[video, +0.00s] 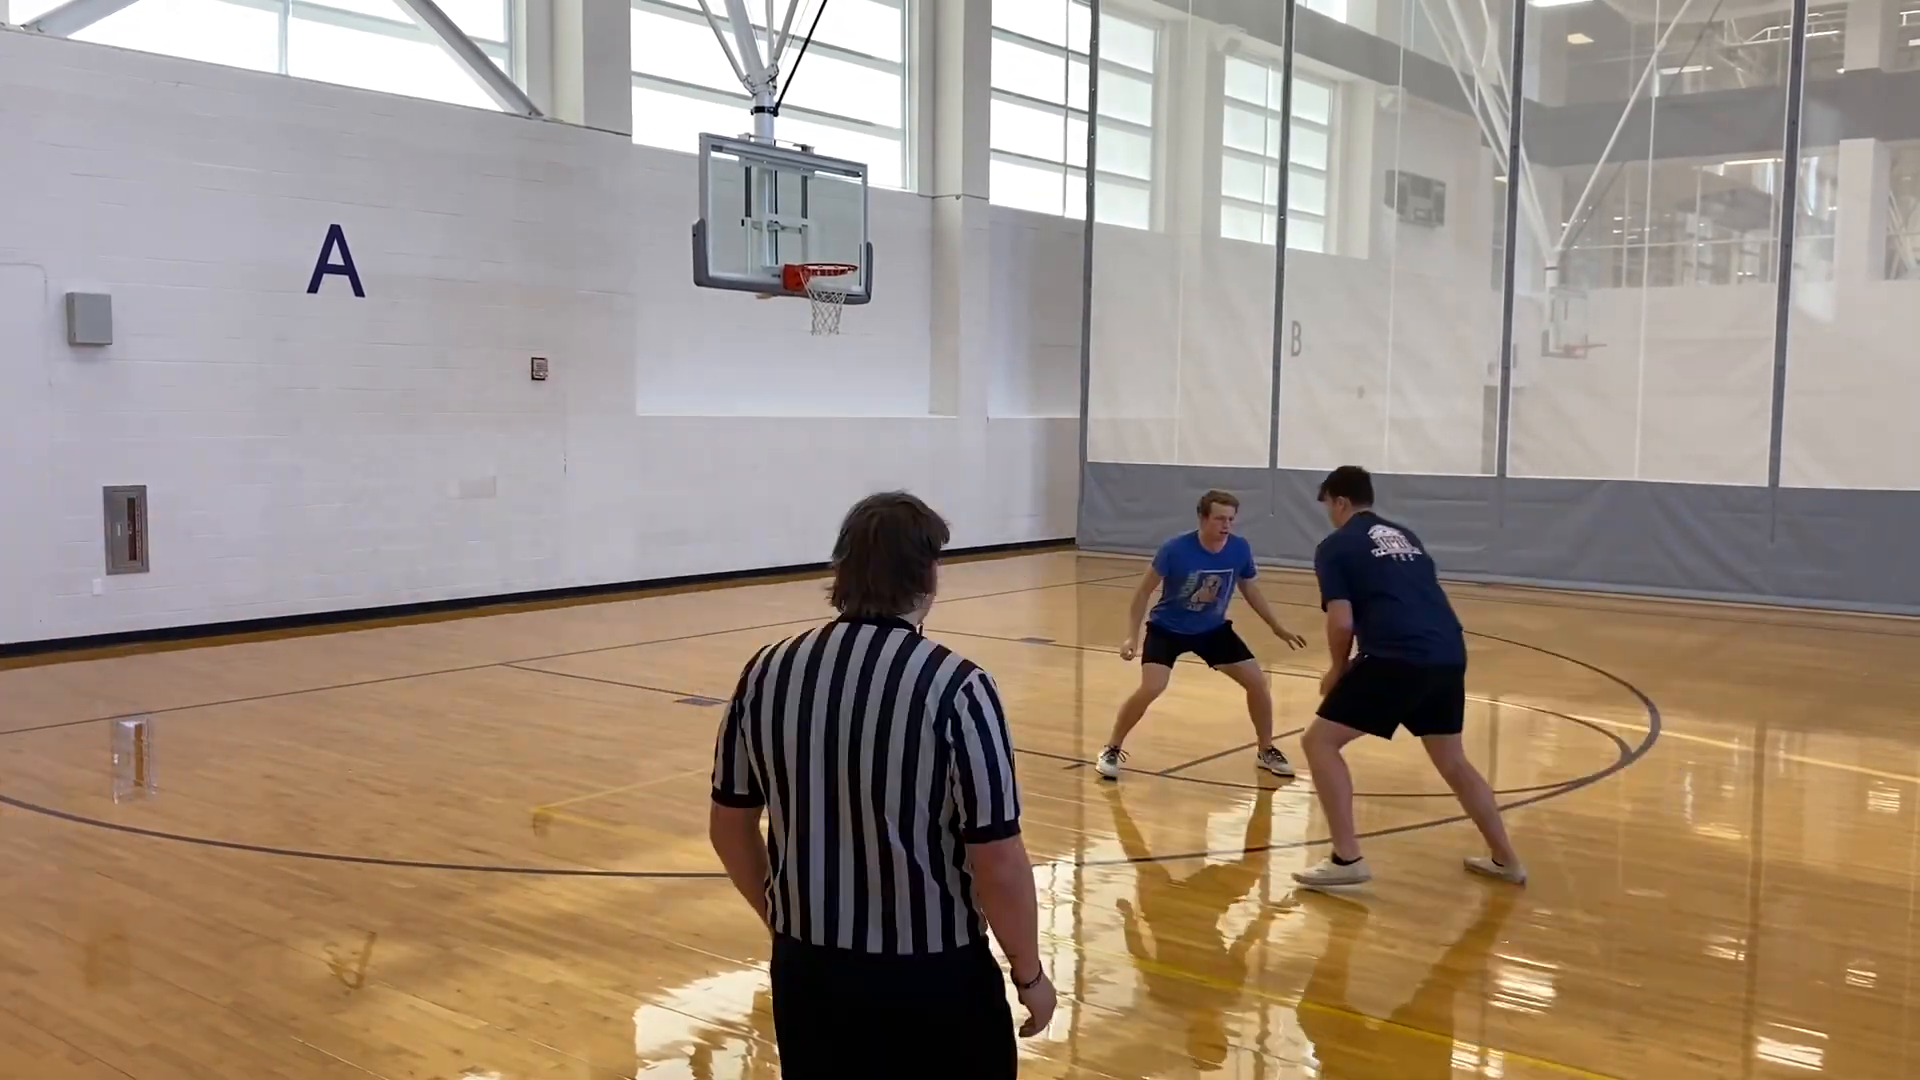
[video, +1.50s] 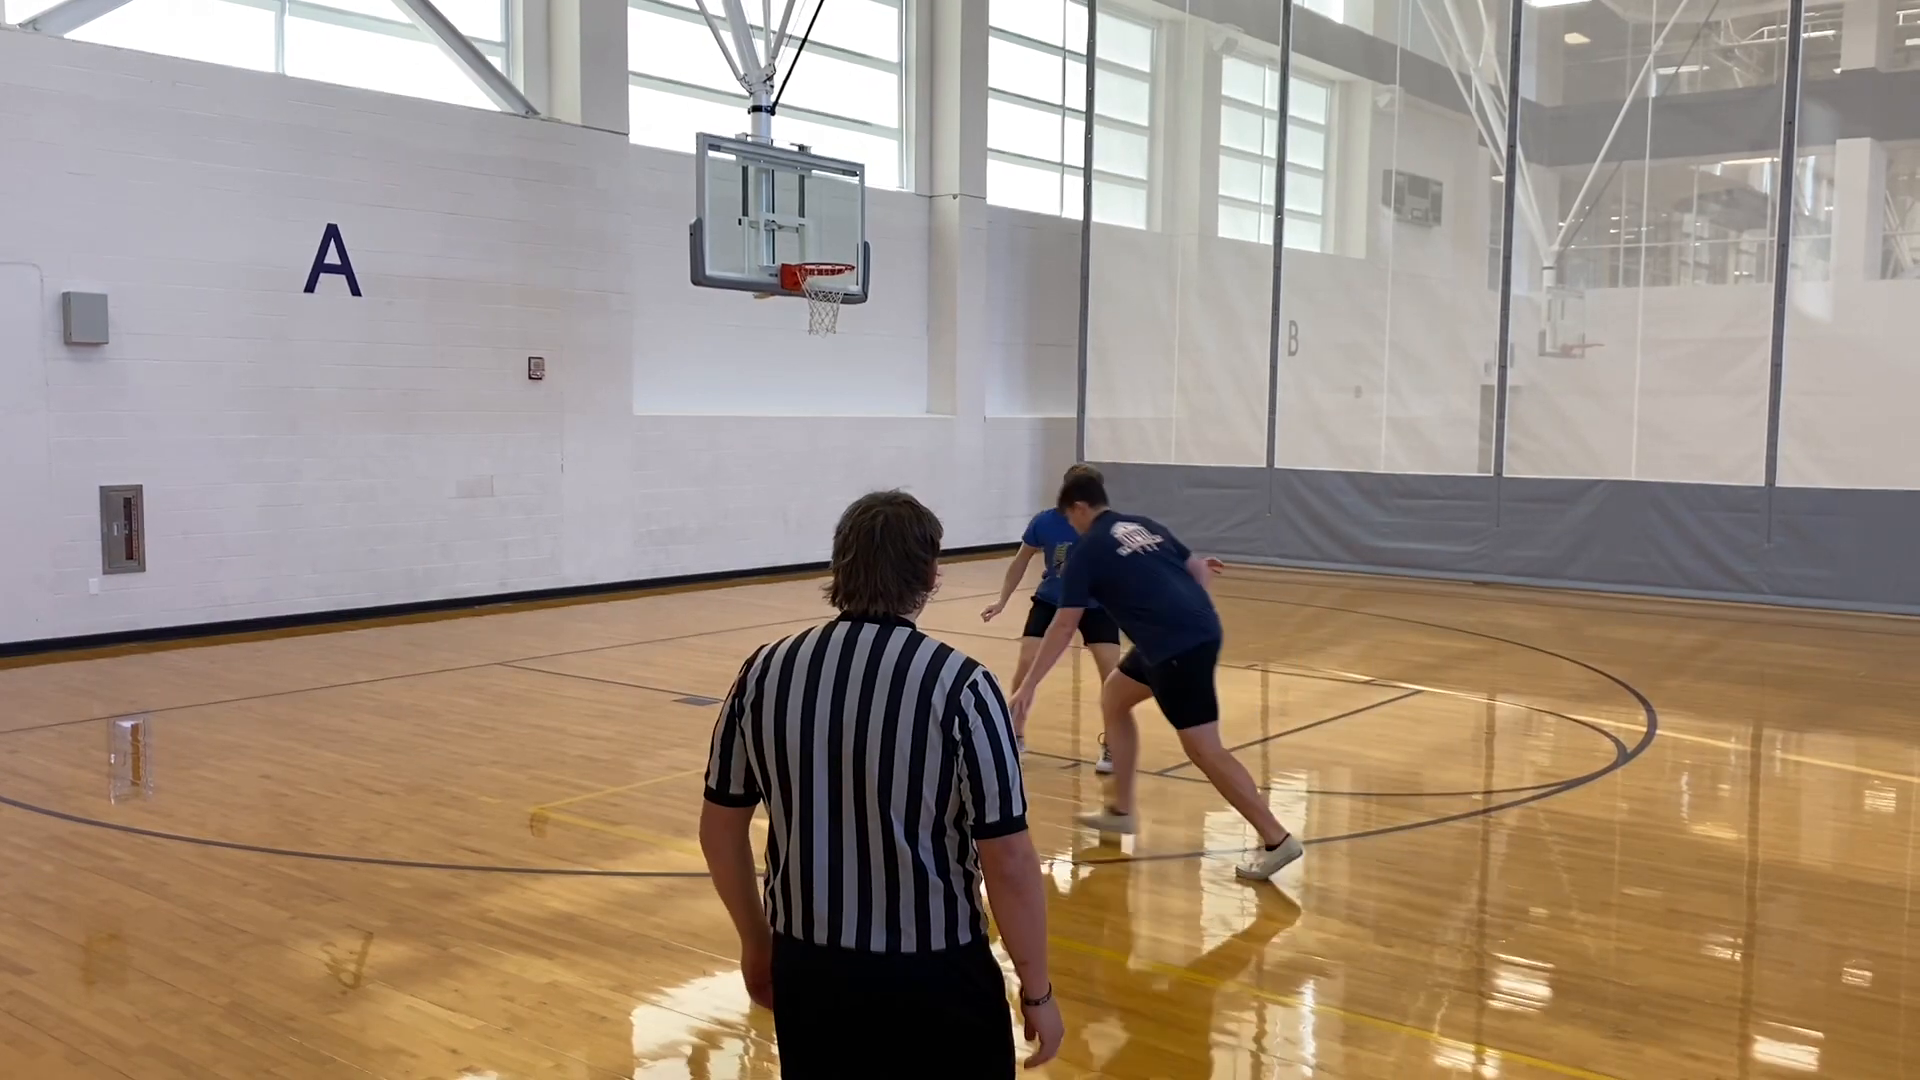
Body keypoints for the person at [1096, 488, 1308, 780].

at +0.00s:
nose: (1226, 526)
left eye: (1230, 520)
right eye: (1220, 519)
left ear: (1234, 521)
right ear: (1202, 517)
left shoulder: (1239, 550)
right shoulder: (1174, 550)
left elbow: (1251, 591)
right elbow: (1144, 591)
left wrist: (1278, 628)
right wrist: (1133, 636)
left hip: (1213, 630)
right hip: (1168, 629)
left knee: (1257, 682)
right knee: (1152, 686)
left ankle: (1267, 751)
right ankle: (1112, 749)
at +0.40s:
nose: (1190, 517)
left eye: (1194, 512)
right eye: (1183, 511)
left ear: (1198, 513)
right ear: (1166, 511)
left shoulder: (1203, 542)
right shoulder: (1139, 544)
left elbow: (1215, 581)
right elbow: (1106, 581)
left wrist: (1245, 619)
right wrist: (1095, 628)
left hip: (1187, 628)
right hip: (1141, 627)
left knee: (1232, 682)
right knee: (1132, 684)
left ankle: (1267, 747)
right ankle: (1107, 751)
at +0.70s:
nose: (1156, 503)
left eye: (1161, 497)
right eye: (1149, 496)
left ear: (1166, 499)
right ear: (1134, 496)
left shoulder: (1172, 529)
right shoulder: (1106, 527)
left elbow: (1192, 568)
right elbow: (1074, 558)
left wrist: (1221, 601)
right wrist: (1057, 602)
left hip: (1158, 613)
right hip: (1113, 613)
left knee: (1198, 677)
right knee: (1116, 677)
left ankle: (1240, 741)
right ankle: (1104, 752)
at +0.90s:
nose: (1135, 495)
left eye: (1141, 489)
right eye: (1129, 489)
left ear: (1148, 491)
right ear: (1116, 488)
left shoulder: (1157, 522)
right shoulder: (1089, 517)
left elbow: (1187, 556)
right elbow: (1059, 548)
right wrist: (1037, 590)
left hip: (1142, 608)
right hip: (1097, 609)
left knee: (1175, 666)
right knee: (1099, 676)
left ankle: (1193, 740)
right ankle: (1102, 751)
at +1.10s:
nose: (1117, 491)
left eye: (1123, 486)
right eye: (1112, 485)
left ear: (1130, 488)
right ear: (1100, 484)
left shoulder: (1136, 518)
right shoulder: (1074, 512)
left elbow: (1154, 556)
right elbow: (1045, 547)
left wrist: (1153, 595)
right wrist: (1024, 588)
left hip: (1122, 599)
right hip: (1078, 599)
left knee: (1150, 662)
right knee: (1077, 670)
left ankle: (1147, 732)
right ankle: (1084, 744)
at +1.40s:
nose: (1091, 493)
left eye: (1097, 488)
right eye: (1086, 487)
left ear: (1106, 489)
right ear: (1076, 486)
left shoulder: (1114, 518)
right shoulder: (1054, 518)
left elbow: (1134, 558)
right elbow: (1028, 555)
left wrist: (1138, 600)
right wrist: (1009, 595)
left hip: (1104, 601)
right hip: (1060, 599)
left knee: (1122, 670)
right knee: (1043, 664)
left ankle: (1115, 739)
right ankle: (1038, 738)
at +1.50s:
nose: (1084, 495)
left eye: (1088, 489)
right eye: (1078, 488)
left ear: (1091, 493)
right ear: (1068, 491)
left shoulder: (1105, 522)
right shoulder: (1045, 522)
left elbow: (1125, 565)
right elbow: (1021, 561)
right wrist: (1002, 601)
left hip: (1095, 603)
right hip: (1051, 600)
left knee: (1112, 672)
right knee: (1027, 662)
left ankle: (1111, 743)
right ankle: (1015, 734)